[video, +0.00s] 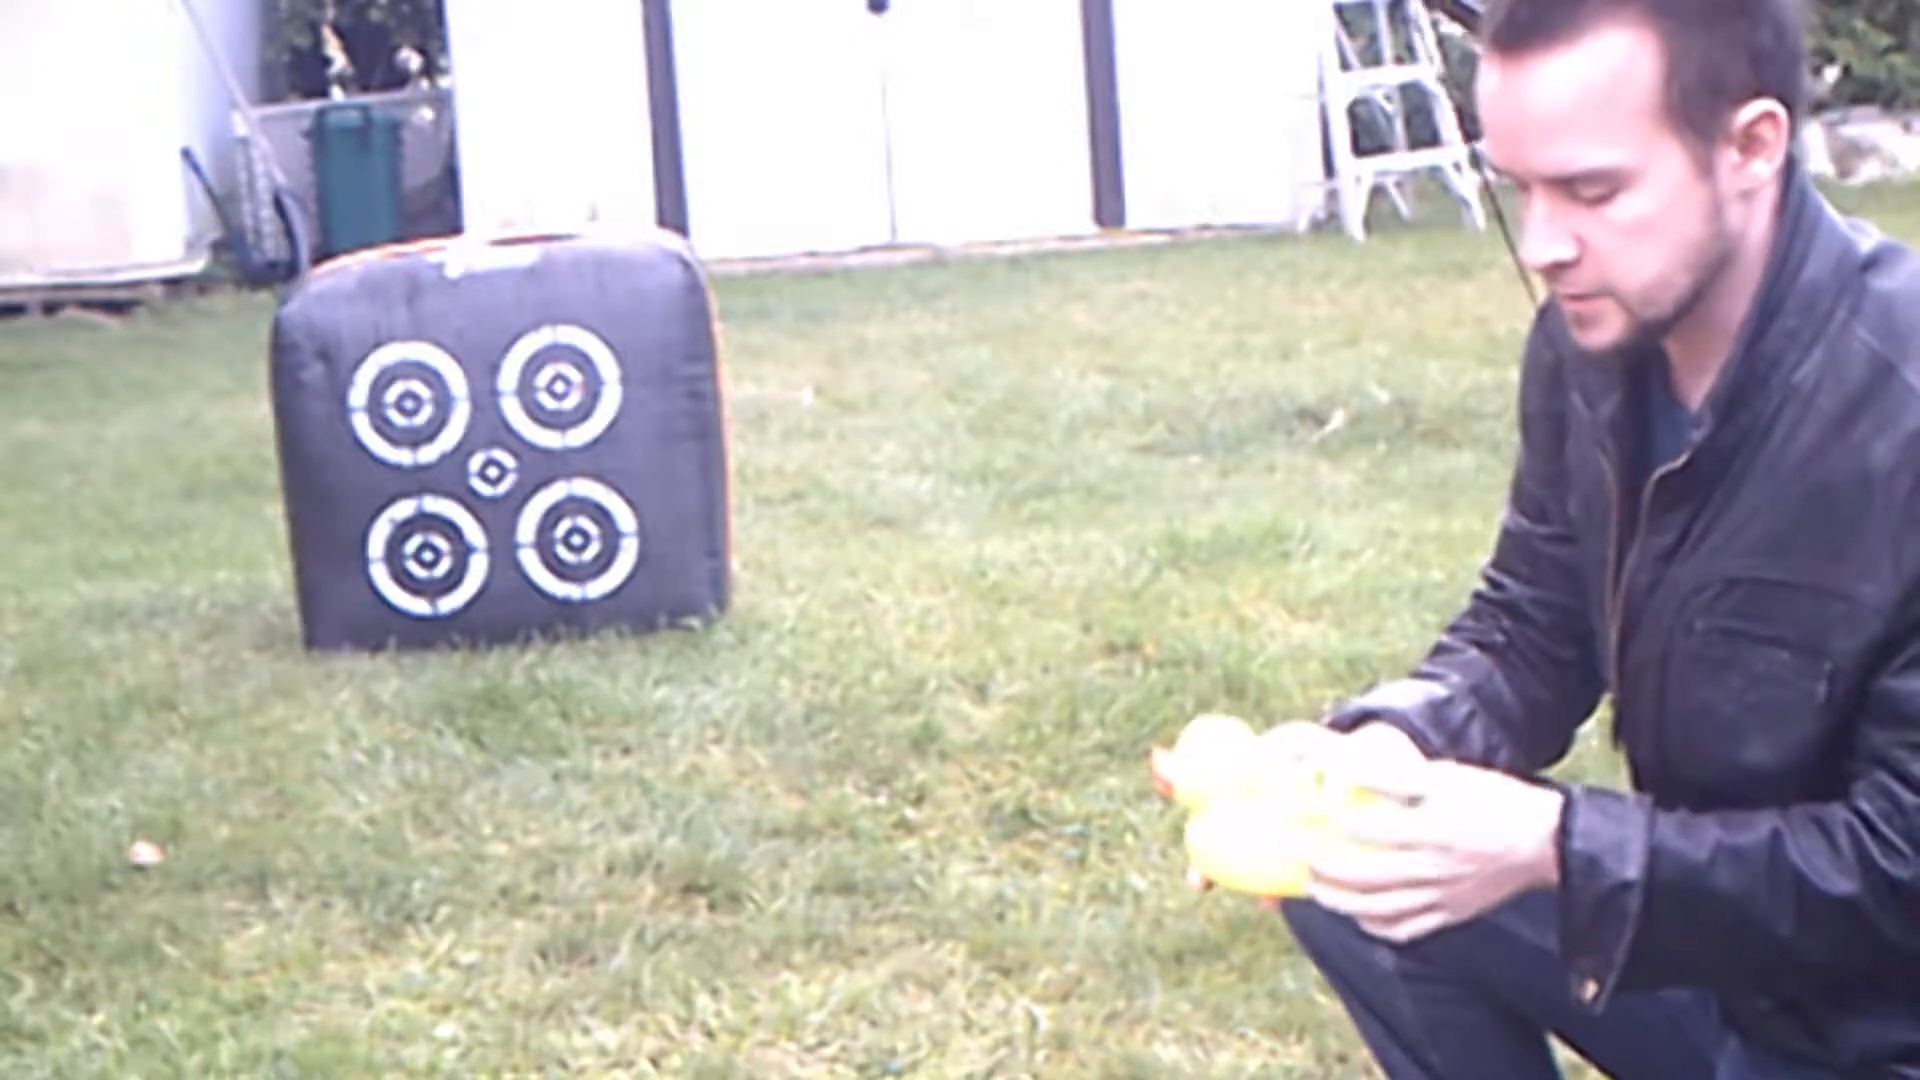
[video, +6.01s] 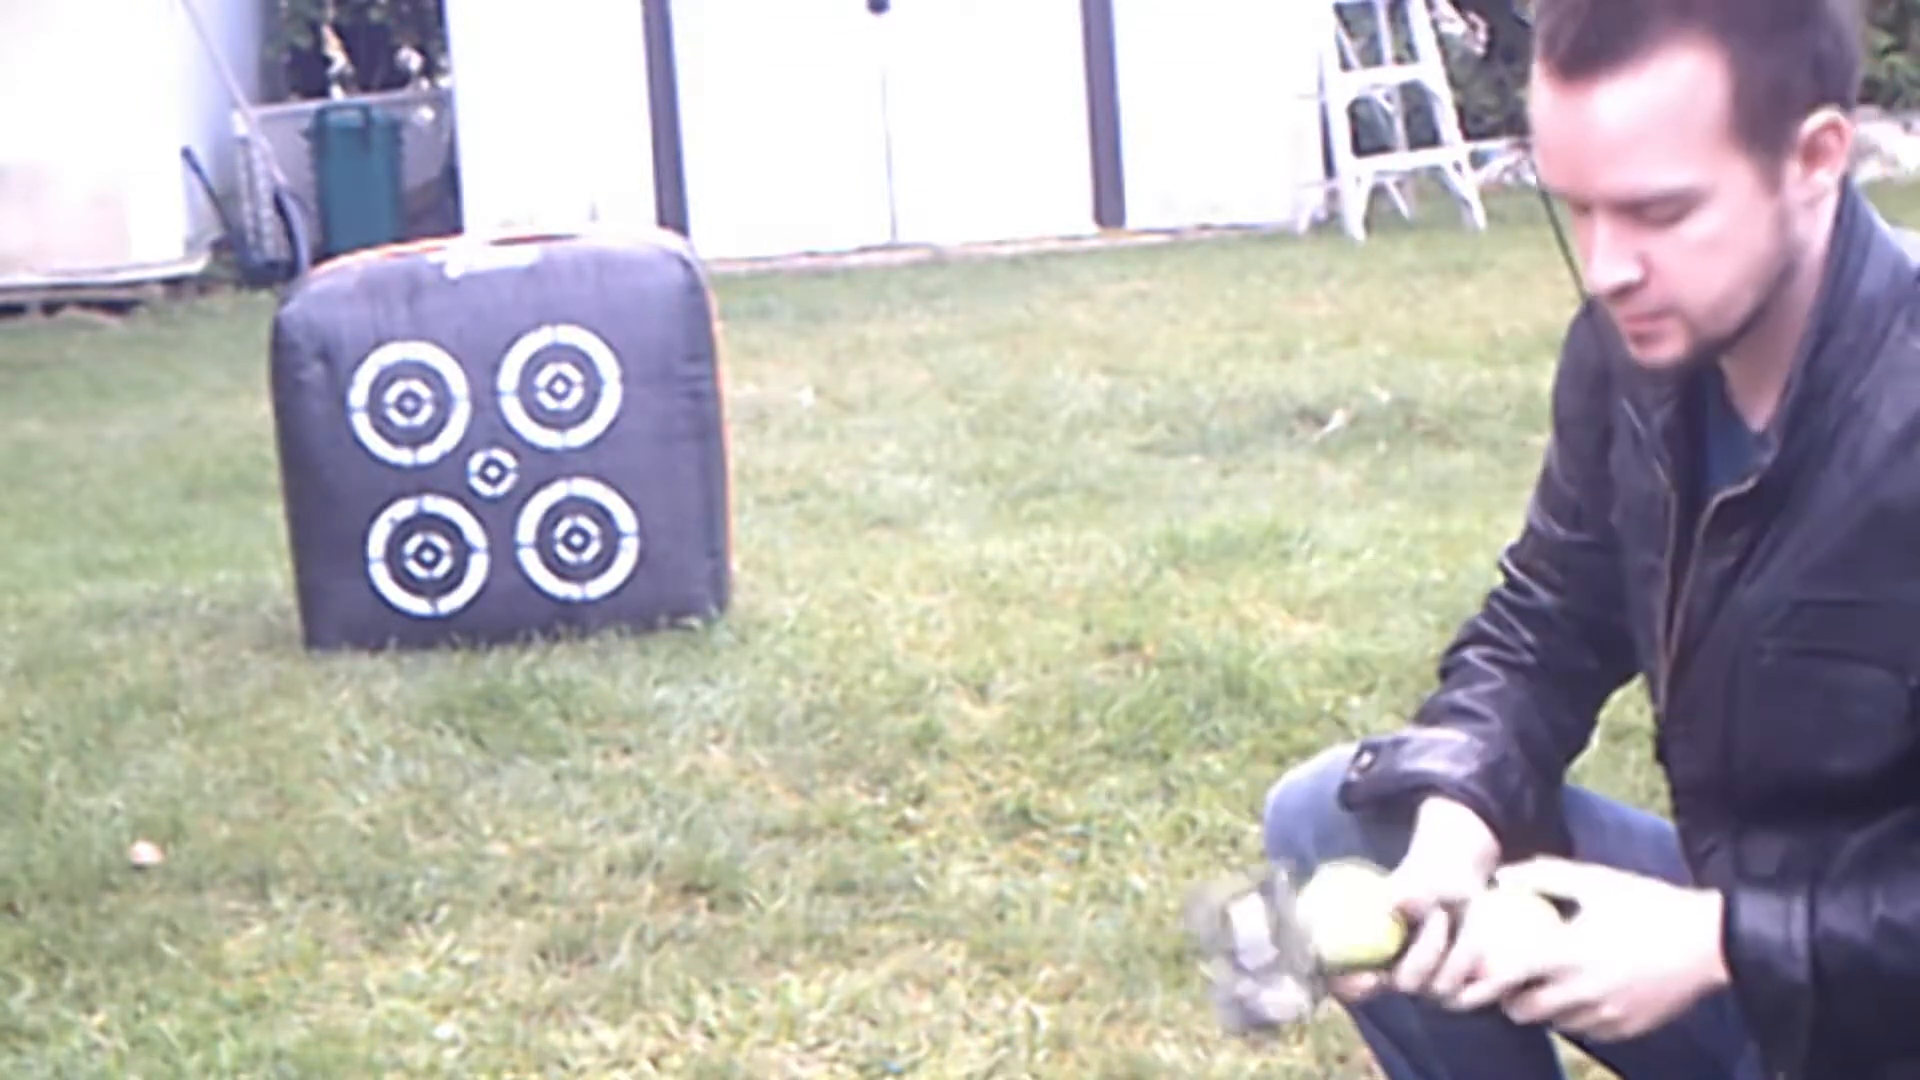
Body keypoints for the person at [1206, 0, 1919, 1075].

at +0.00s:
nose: (1538, 250)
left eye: (1592, 192)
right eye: (1515, 190)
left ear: (1755, 149)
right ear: (1493, 157)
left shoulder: (1897, 390)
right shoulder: (1585, 339)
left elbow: (1898, 854)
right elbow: (1532, 634)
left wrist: (1558, 848)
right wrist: (1376, 750)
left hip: (1873, 1042)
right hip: (1699, 977)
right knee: (1348, 874)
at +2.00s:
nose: (1607, 189)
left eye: (1657, 118)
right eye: (1559, 135)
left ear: (1783, 96)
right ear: (1522, 144)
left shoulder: (1902, 323)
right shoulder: (1579, 333)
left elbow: (1907, 682)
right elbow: (1540, 633)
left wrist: (1685, 606)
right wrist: (1409, 752)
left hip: (1884, 1028)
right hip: (1741, 931)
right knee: (1324, 842)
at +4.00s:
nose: (1447, 390)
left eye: (1489, 330)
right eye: (1420, 334)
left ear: (1643, 256)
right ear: (1391, 289)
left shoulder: (1850, 556)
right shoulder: (1622, 379)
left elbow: (1790, 1013)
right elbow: (1536, 634)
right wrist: (1373, 747)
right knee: (1362, 850)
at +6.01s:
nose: (1606, 271)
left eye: (1660, 211)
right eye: (1577, 211)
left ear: (1818, 162)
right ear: (1553, 173)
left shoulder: (1899, 419)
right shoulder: (1625, 348)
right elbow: (1548, 616)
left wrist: (1722, 940)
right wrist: (1459, 824)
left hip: (1879, 1028)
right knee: (1339, 816)